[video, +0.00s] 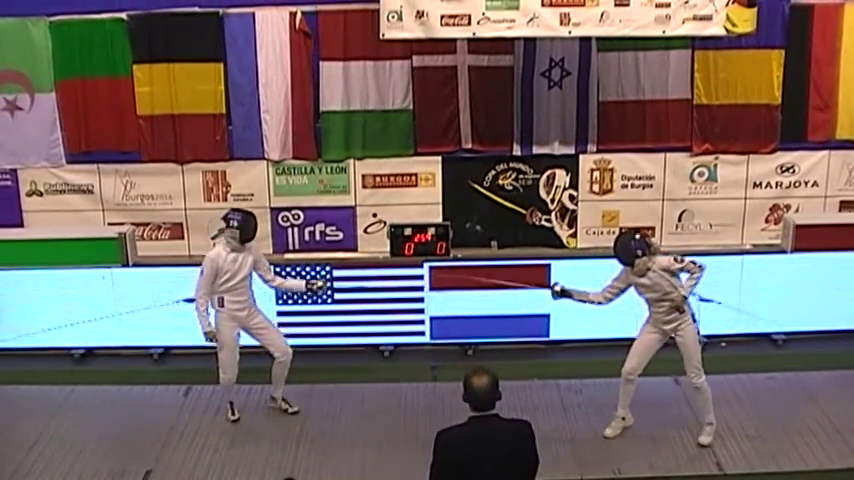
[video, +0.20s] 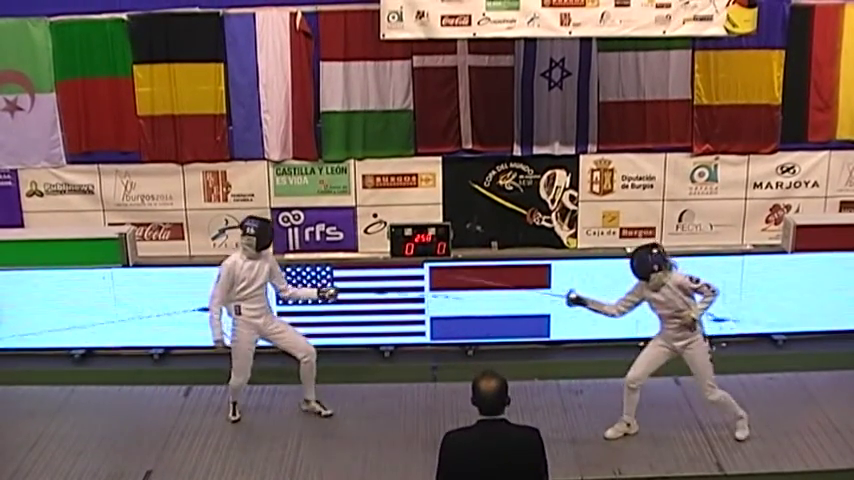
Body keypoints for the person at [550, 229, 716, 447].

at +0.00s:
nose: (634, 269)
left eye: (635, 264)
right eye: (630, 266)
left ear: (642, 255)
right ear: (627, 263)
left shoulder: (663, 262)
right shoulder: (628, 275)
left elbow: (697, 269)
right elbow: (603, 297)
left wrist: (684, 293)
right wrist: (567, 293)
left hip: (683, 322)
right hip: (656, 325)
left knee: (696, 377)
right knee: (629, 372)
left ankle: (709, 424)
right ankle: (622, 416)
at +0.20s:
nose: (646, 282)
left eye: (648, 277)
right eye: (643, 279)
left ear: (657, 270)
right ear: (642, 275)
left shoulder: (678, 280)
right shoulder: (643, 288)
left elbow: (711, 292)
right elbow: (616, 310)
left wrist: (696, 312)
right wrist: (583, 302)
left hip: (692, 341)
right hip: (665, 340)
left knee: (711, 394)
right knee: (632, 380)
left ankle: (741, 417)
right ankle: (628, 423)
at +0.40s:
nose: (674, 276)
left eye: (676, 270)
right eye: (669, 273)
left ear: (683, 262)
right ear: (665, 270)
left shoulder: (701, 271)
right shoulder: (668, 283)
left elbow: (737, 273)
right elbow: (643, 308)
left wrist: (725, 300)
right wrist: (610, 302)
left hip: (722, 330)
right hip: (695, 332)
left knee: (734, 384)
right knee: (664, 376)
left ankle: (745, 421)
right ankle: (641, 420)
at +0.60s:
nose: (690, 275)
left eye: (690, 270)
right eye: (686, 272)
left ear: (698, 263)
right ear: (683, 270)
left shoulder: (718, 273)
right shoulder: (682, 283)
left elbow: (750, 282)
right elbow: (657, 307)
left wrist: (738, 304)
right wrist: (624, 302)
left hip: (735, 331)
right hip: (709, 332)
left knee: (752, 384)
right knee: (679, 375)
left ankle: (776, 416)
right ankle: (671, 420)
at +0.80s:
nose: (714, 280)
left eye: (716, 275)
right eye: (710, 276)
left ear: (726, 268)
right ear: (708, 274)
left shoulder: (743, 277)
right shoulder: (709, 288)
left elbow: (777, 283)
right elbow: (683, 310)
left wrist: (765, 307)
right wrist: (650, 305)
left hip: (760, 337)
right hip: (732, 336)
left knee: (766, 390)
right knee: (698, 379)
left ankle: (786, 419)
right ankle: (674, 420)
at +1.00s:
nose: (729, 272)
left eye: (731, 266)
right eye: (726, 268)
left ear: (739, 259)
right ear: (721, 265)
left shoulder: (756, 267)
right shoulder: (721, 278)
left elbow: (790, 273)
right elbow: (695, 301)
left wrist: (778, 298)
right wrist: (661, 298)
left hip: (773, 326)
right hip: (748, 327)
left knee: (780, 378)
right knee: (725, 374)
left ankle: (795, 416)